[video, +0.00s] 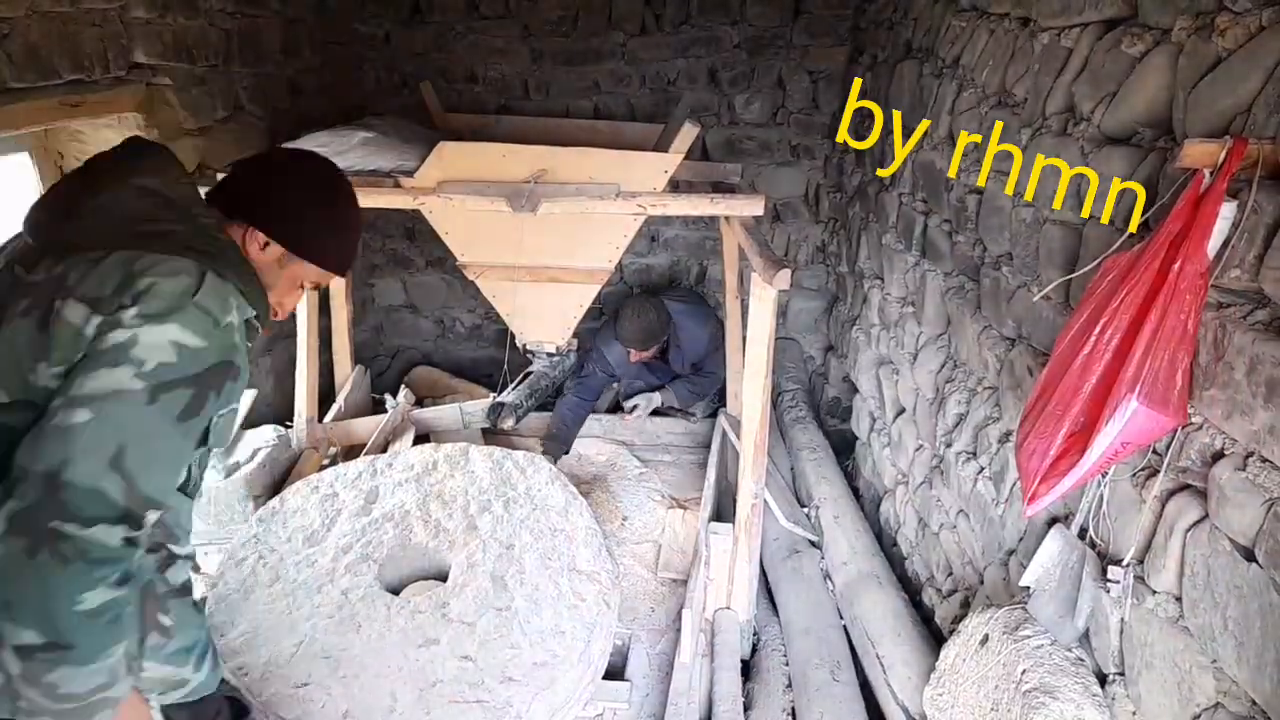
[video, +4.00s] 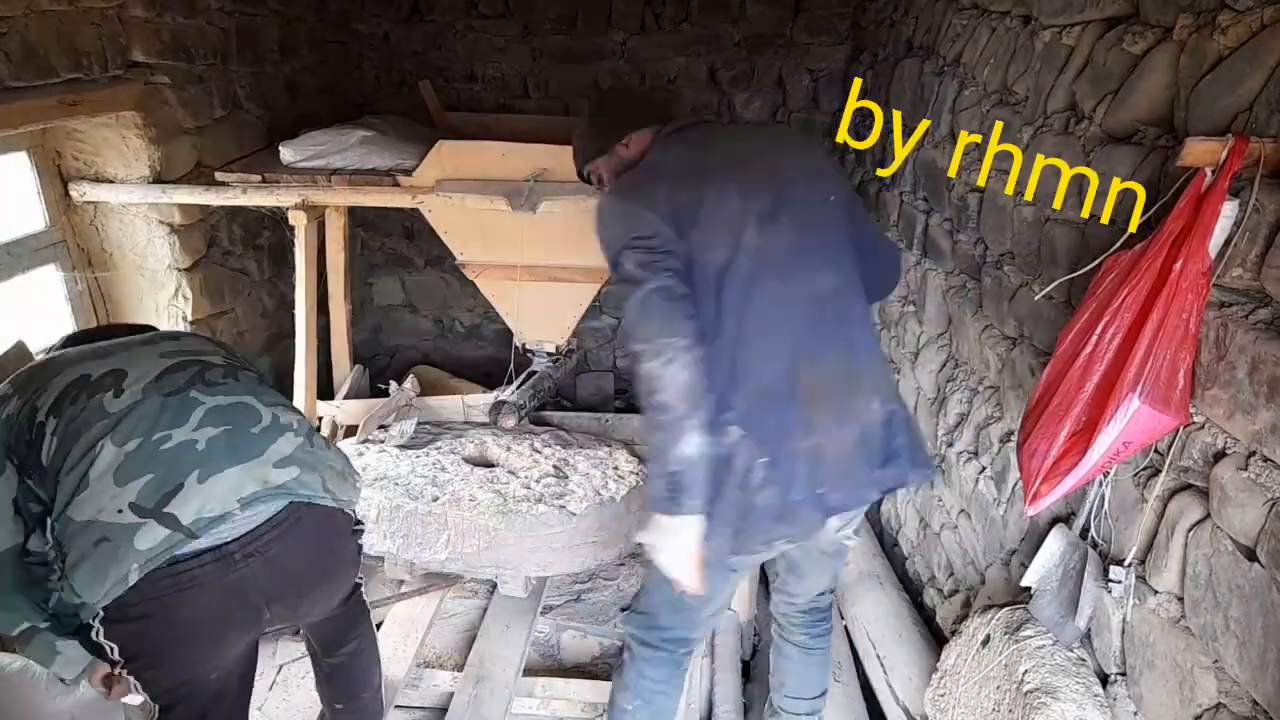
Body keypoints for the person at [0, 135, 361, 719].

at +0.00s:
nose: (289, 309)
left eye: (307, 291)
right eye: (299, 284)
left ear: (254, 237)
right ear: (257, 241)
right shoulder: (193, 303)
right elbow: (67, 521)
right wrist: (96, 698)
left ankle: (199, 697)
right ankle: (203, 701)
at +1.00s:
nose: (291, 175)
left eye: (295, 155)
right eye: (293, 155)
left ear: (166, 121)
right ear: (265, 156)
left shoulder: (23, 240)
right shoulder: (277, 289)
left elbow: (3, 425)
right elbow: (286, 507)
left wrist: (19, 552)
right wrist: (314, 660)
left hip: (84, 630)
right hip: (218, 652)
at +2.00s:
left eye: (462, 350)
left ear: (469, 329)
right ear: (511, 299)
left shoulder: (475, 349)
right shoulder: (593, 291)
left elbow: (458, 486)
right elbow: (686, 338)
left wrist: (427, 568)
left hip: (641, 481)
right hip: (736, 447)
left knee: (562, 633)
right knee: (679, 522)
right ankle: (657, 629)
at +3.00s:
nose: (464, 279)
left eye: (464, 270)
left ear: (475, 261)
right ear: (525, 244)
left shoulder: (471, 281)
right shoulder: (588, 258)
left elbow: (475, 388)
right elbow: (639, 329)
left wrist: (473, 466)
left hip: (570, 413)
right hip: (662, 408)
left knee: (472, 519)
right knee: (646, 506)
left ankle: (459, 682)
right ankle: (648, 620)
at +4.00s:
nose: (603, 193)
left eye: (598, 179)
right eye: (594, 184)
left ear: (626, 146)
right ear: (663, 128)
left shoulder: (637, 197)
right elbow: (881, 266)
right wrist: (798, 304)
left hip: (738, 469)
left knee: (661, 639)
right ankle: (797, 712)